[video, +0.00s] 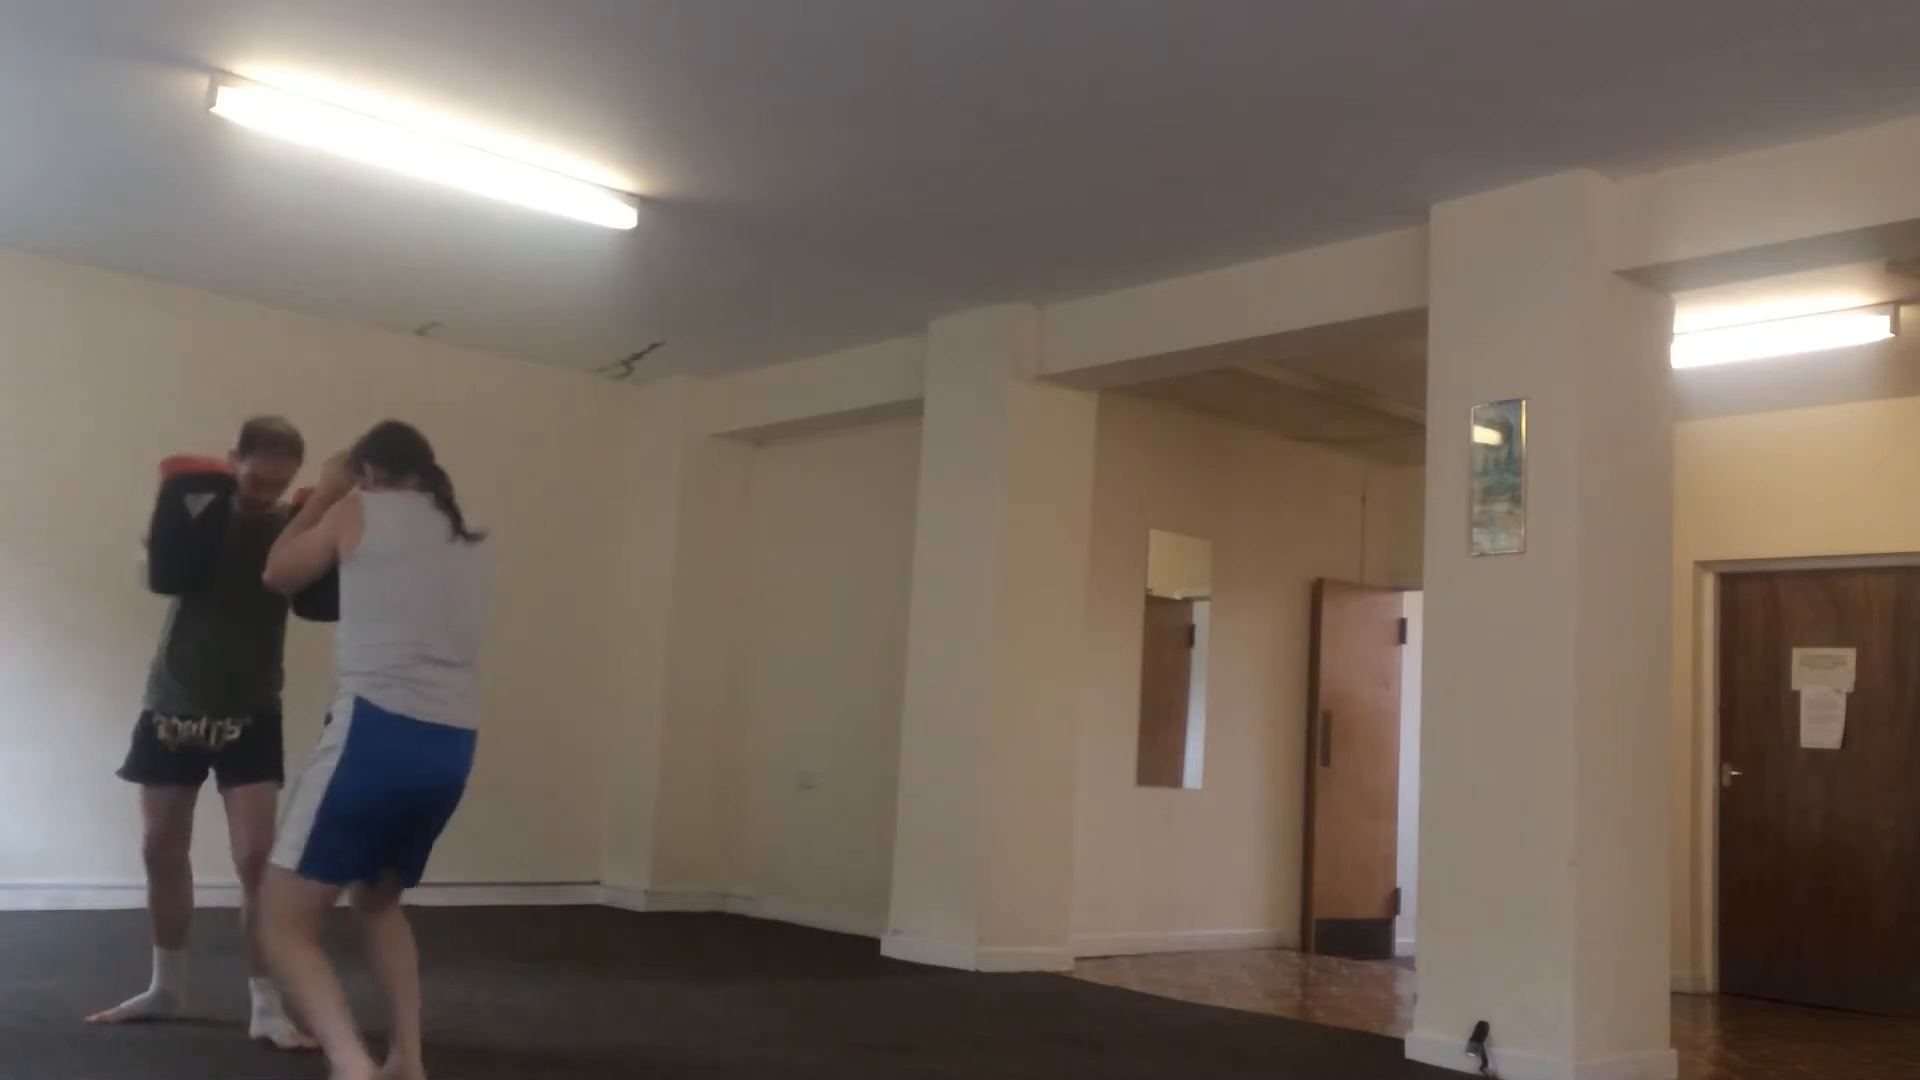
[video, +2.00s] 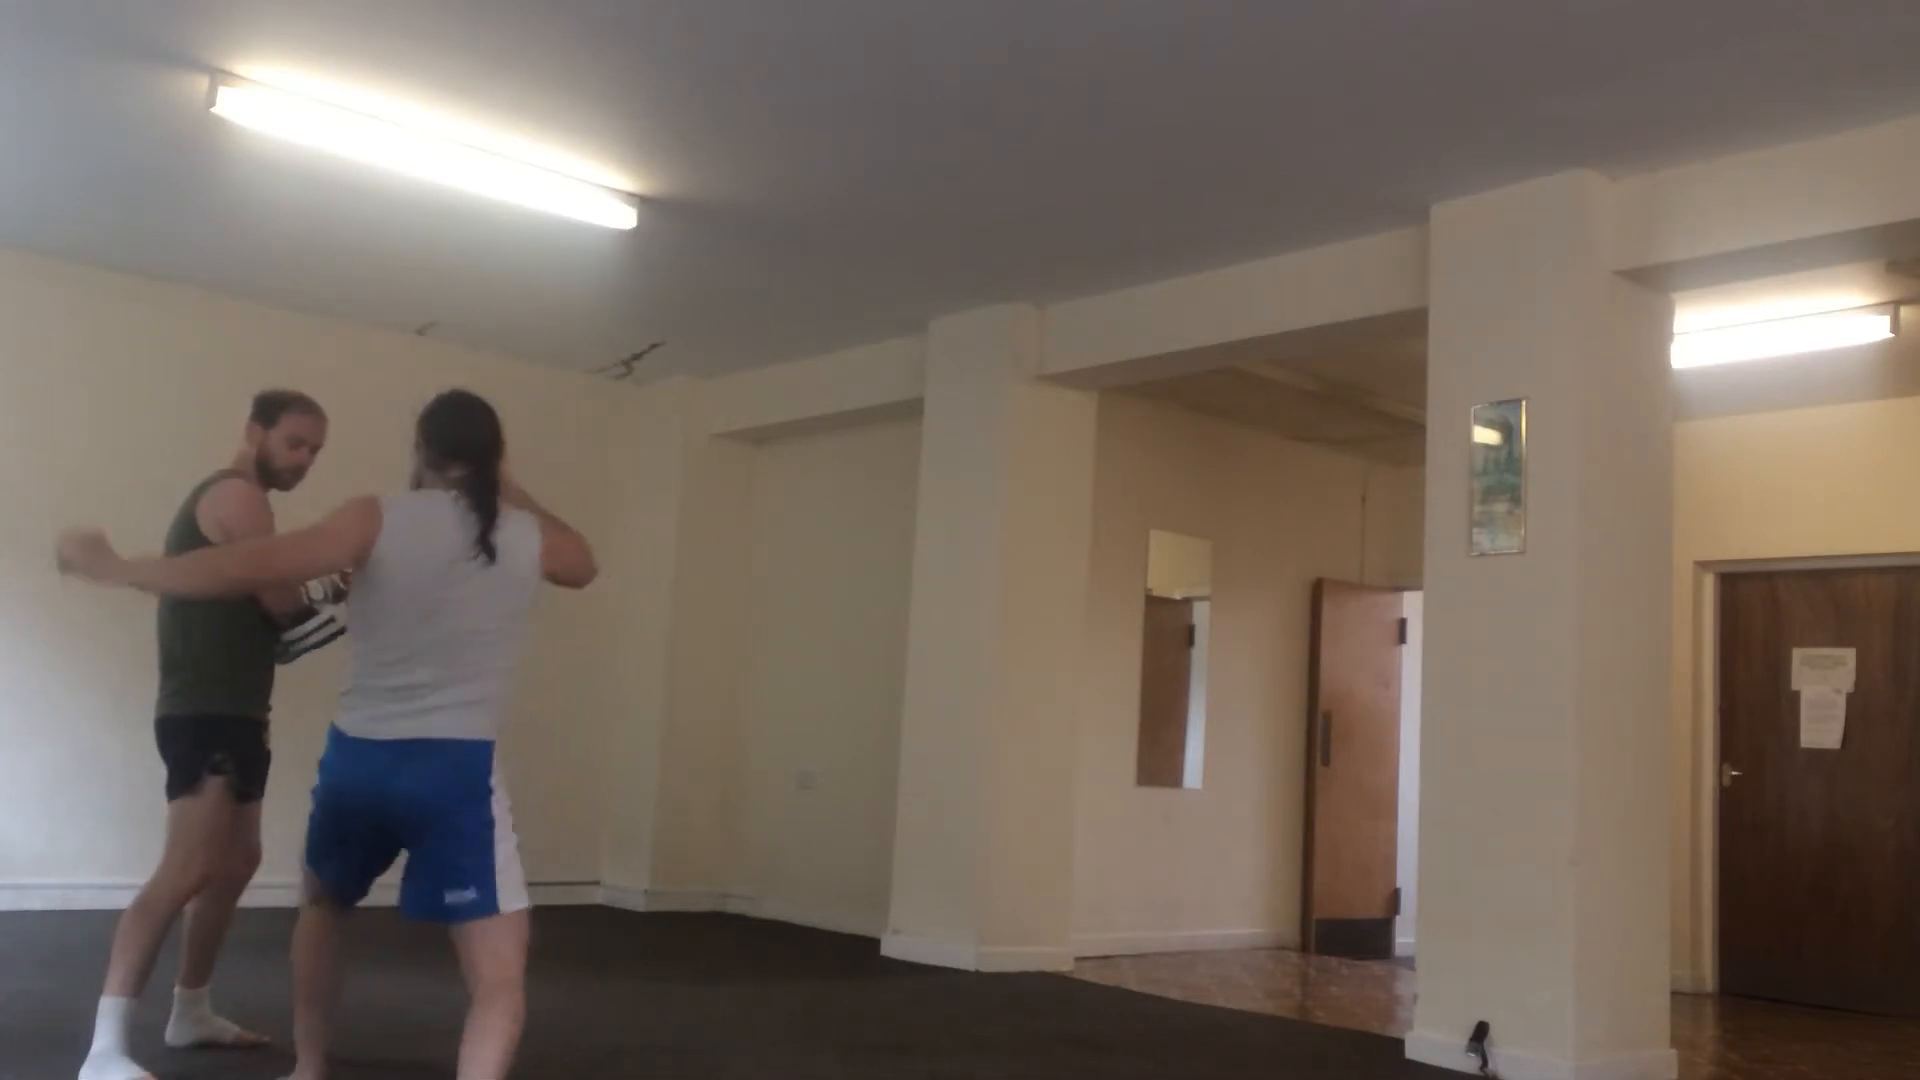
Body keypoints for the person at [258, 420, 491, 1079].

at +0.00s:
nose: (351, 484)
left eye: (352, 474)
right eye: (352, 474)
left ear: (370, 471)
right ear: (427, 475)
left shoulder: (361, 512)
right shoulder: (470, 539)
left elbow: (280, 572)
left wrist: (319, 499)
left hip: (369, 739)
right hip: (448, 751)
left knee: (284, 921)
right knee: (379, 899)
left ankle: (352, 1065)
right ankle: (408, 1058)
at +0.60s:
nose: (406, 420)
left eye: (412, 414)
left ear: (421, 424)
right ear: (489, 429)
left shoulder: (389, 475)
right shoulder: (537, 493)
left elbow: (318, 545)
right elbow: (523, 582)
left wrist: (379, 460)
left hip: (406, 726)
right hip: (509, 729)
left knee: (368, 919)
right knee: (483, 940)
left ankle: (386, 1071)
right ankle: (474, 1075)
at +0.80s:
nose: (428, 409)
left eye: (434, 404)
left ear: (438, 415)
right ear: (510, 423)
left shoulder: (397, 466)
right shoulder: (556, 484)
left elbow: (333, 538)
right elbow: (558, 571)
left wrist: (399, 449)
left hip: (411, 717)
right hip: (519, 723)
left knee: (376, 910)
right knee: (497, 929)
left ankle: (364, 1071)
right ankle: (483, 1073)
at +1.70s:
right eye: (541, 425)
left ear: (459, 427)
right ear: (535, 431)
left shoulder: (402, 483)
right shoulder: (557, 492)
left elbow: (321, 505)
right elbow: (629, 528)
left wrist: (408, 481)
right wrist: (560, 451)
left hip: (378, 730)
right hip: (485, 736)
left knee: (365, 946)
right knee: (509, 950)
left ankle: (345, 1073)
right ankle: (478, 1075)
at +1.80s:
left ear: (466, 454)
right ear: (542, 461)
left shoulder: (406, 510)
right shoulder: (560, 521)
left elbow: (285, 533)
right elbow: (642, 546)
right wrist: (571, 472)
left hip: (373, 757)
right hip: (479, 765)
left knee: (355, 924)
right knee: (525, 963)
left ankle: (314, 1072)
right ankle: (489, 1076)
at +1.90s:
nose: (451, 464)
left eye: (454, 455)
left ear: (454, 460)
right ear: (528, 466)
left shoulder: (395, 519)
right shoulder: (556, 533)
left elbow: (264, 560)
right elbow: (623, 558)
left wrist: (151, 583)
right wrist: (554, 484)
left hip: (364, 762)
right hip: (466, 775)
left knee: (340, 912)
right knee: (523, 975)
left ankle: (302, 1069)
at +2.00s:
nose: (409, 457)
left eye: (414, 447)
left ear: (422, 453)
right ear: (493, 459)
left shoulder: (375, 520)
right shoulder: (526, 535)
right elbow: (582, 566)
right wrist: (508, 492)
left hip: (358, 766)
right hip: (459, 776)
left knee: (323, 910)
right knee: (498, 986)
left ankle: (310, 1066)